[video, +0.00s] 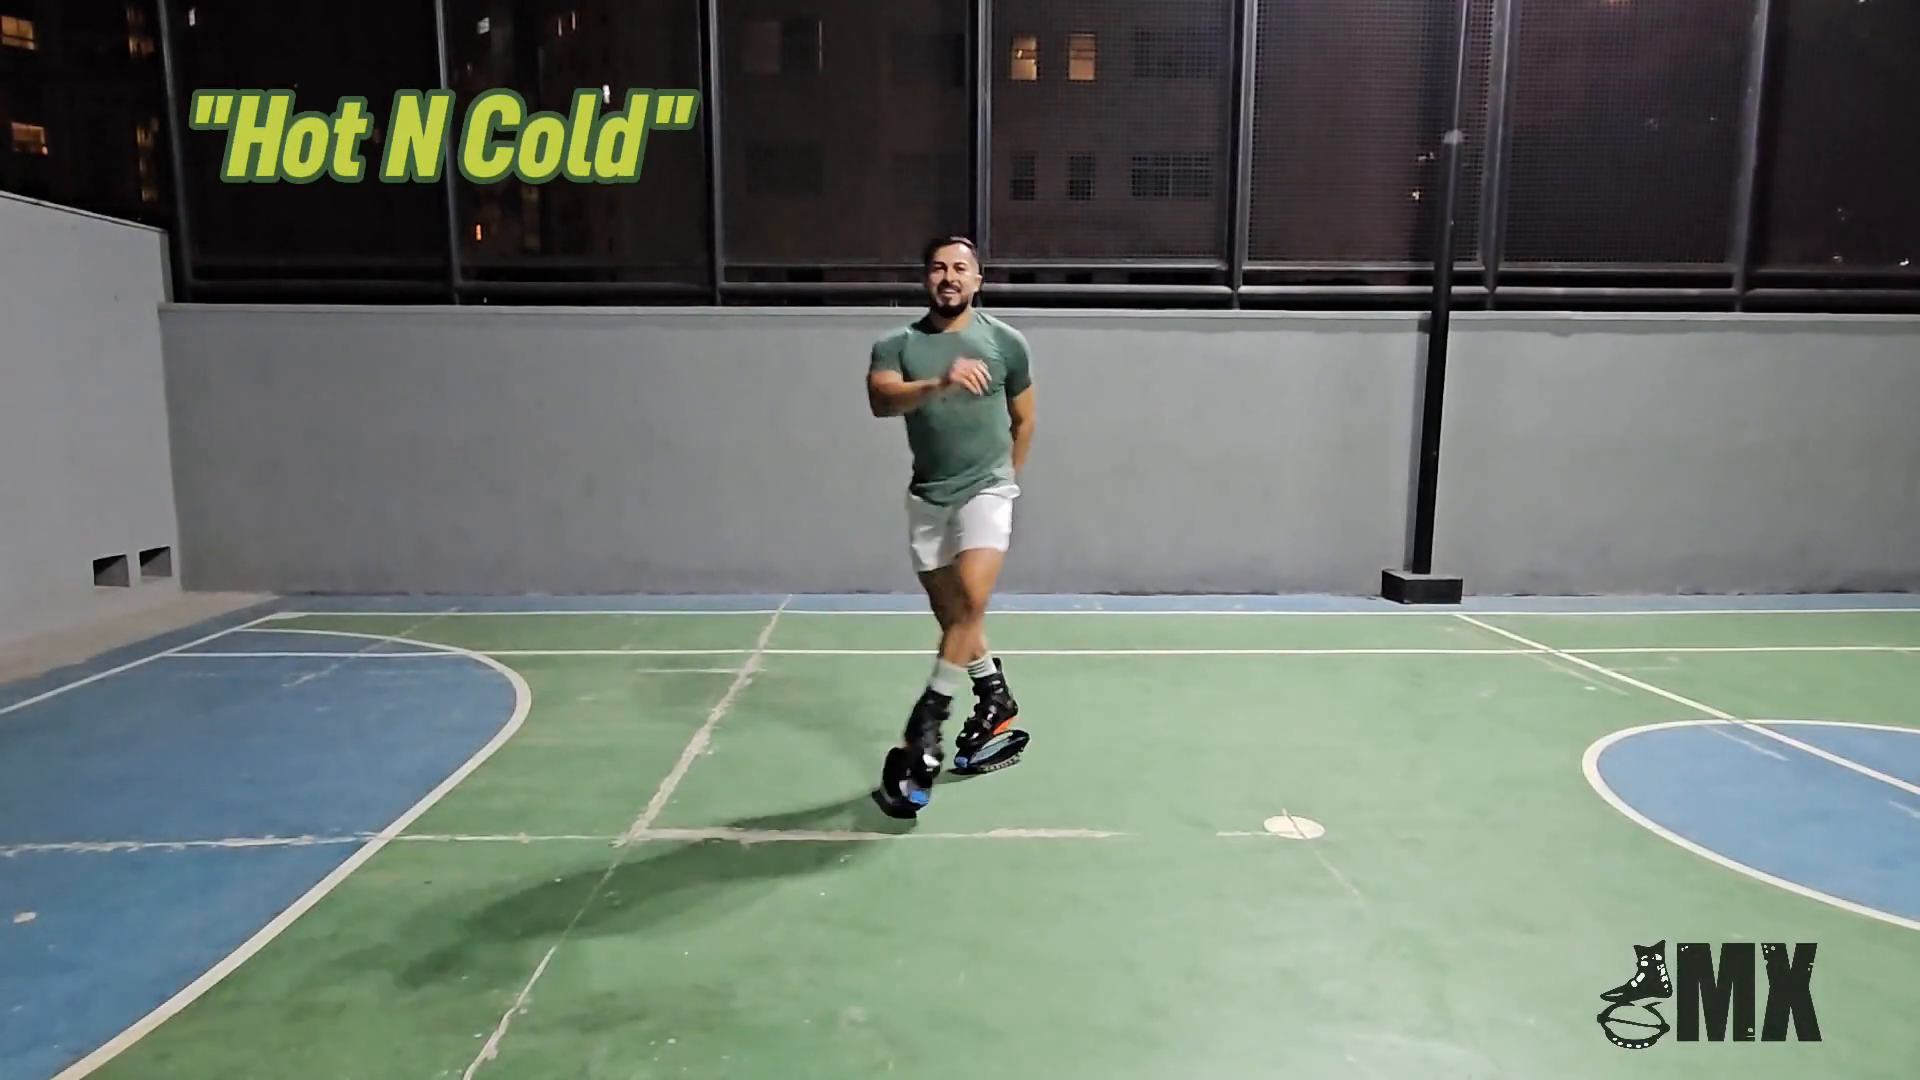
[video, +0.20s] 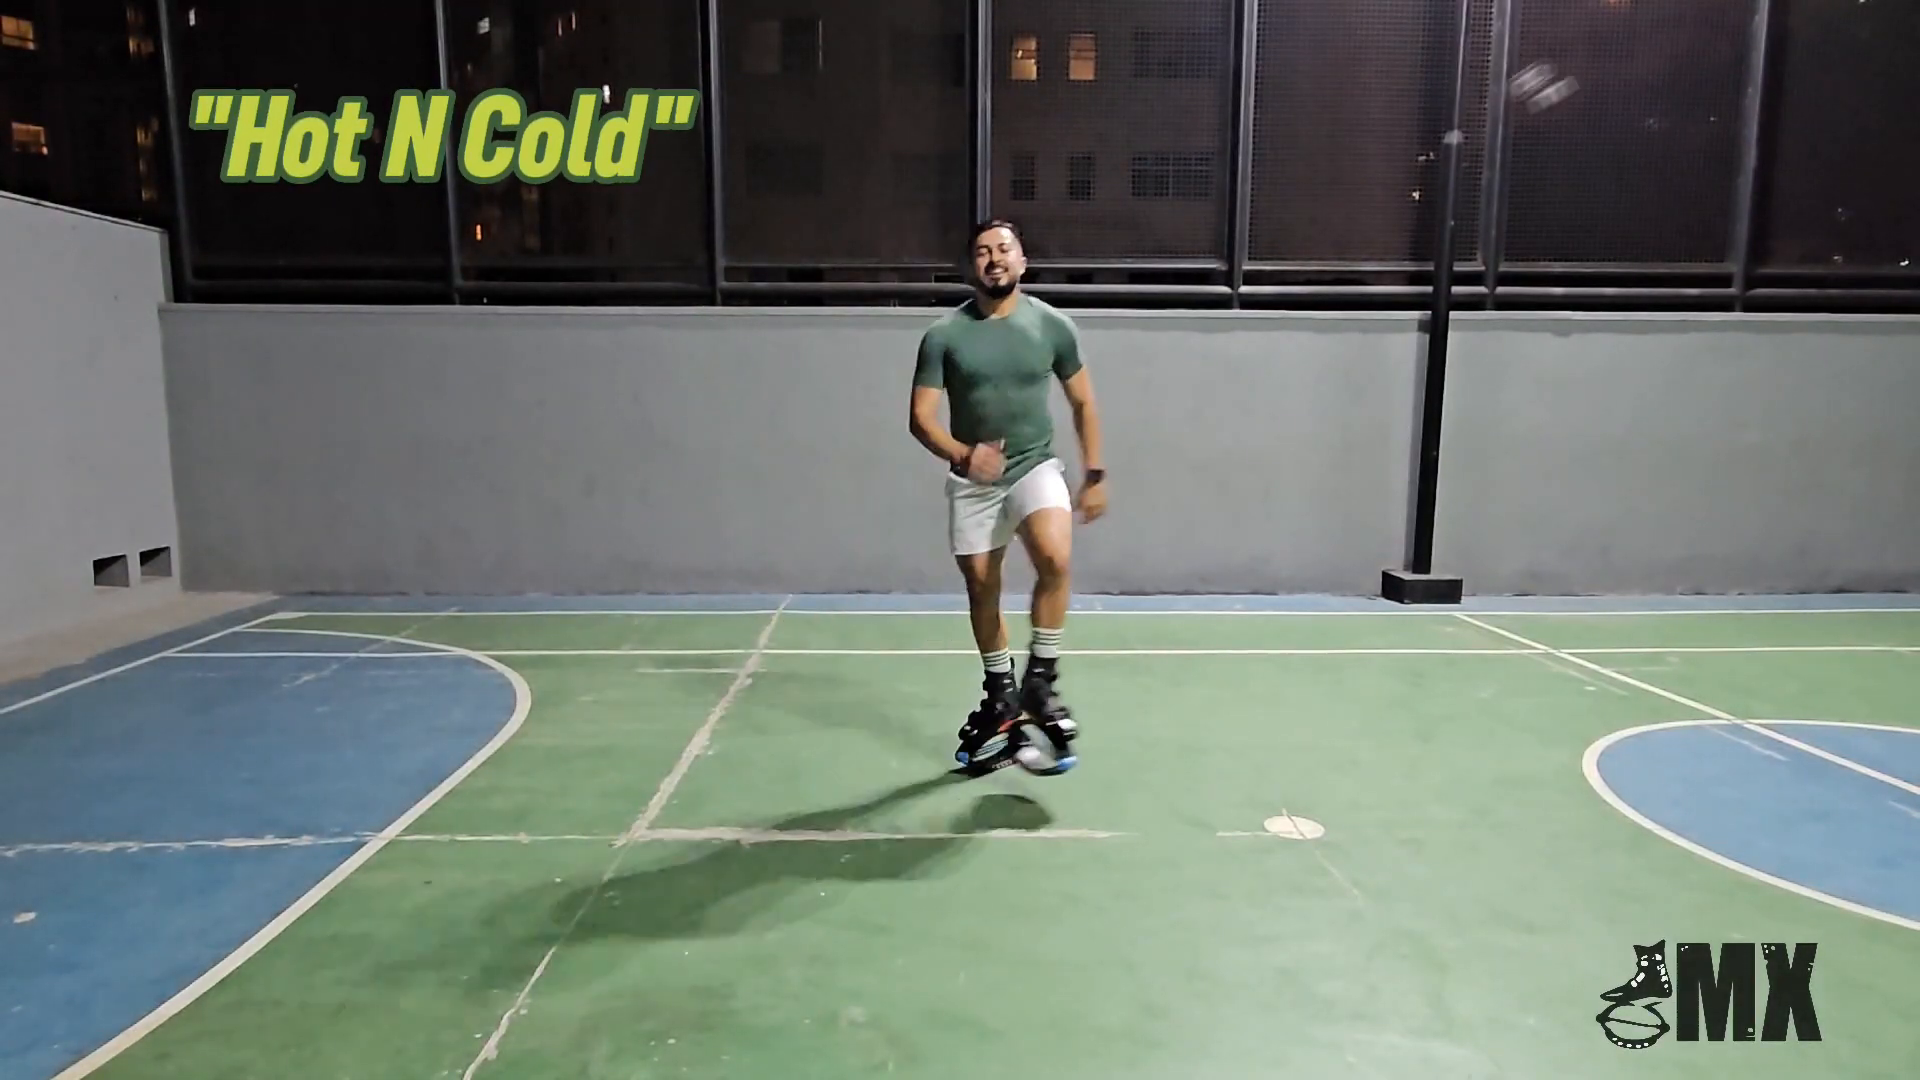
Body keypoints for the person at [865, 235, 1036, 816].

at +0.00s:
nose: (949, 276)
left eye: (961, 267)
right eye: (939, 268)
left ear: (978, 281)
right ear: (925, 281)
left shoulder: (1005, 343)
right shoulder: (897, 345)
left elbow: (1024, 420)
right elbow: (882, 402)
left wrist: (1005, 479)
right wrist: (938, 382)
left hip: (989, 489)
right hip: (929, 495)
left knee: (971, 597)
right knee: (949, 611)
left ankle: (927, 719)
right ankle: (996, 700)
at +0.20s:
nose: (994, 258)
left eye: (1004, 248)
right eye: (983, 252)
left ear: (1023, 260)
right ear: (971, 267)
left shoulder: (1052, 327)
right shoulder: (943, 336)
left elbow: (1083, 402)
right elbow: (922, 419)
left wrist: (1093, 474)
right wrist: (961, 455)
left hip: (1037, 467)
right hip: (973, 477)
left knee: (1056, 561)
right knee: (982, 584)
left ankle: (1041, 681)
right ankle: (999, 691)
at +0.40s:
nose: (1041, 257)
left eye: (1050, 248)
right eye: (1030, 251)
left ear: (1068, 262)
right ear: (1017, 269)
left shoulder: (1099, 330)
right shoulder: (990, 336)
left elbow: (1143, 399)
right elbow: (953, 413)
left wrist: (1193, 444)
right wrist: (923, 481)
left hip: (1084, 478)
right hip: (1016, 483)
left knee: (1110, 583)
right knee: (1006, 590)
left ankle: (1125, 698)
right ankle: (1010, 698)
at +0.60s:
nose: (1073, 269)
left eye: (1080, 258)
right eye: (1060, 264)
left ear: (1099, 268)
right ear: (1048, 282)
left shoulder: (1140, 335)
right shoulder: (1028, 349)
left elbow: (1189, 404)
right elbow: (978, 408)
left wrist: (1223, 390)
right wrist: (916, 437)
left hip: (1123, 485)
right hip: (1057, 481)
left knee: (1134, 597)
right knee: (1027, 580)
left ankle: (1135, 710)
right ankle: (1020, 688)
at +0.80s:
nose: (1082, 255)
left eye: (1088, 243)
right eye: (1069, 250)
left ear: (1108, 249)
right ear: (1058, 265)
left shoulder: (1149, 313)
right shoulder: (1038, 329)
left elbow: (1172, 391)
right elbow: (1017, 406)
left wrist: (1143, 395)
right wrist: (1032, 417)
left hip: (1131, 468)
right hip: (1066, 468)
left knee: (1139, 583)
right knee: (1071, 577)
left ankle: (1137, 696)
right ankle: (1078, 704)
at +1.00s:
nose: (1076, 282)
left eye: (1083, 271)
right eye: (1064, 277)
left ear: (1103, 280)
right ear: (1053, 294)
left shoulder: (1142, 351)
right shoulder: (1031, 360)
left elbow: (1171, 431)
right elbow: (1017, 441)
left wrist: (1149, 463)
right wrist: (1058, 427)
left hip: (1130, 501)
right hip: (1065, 503)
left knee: (1146, 609)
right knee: (1078, 606)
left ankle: (1140, 713)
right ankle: (1103, 728)